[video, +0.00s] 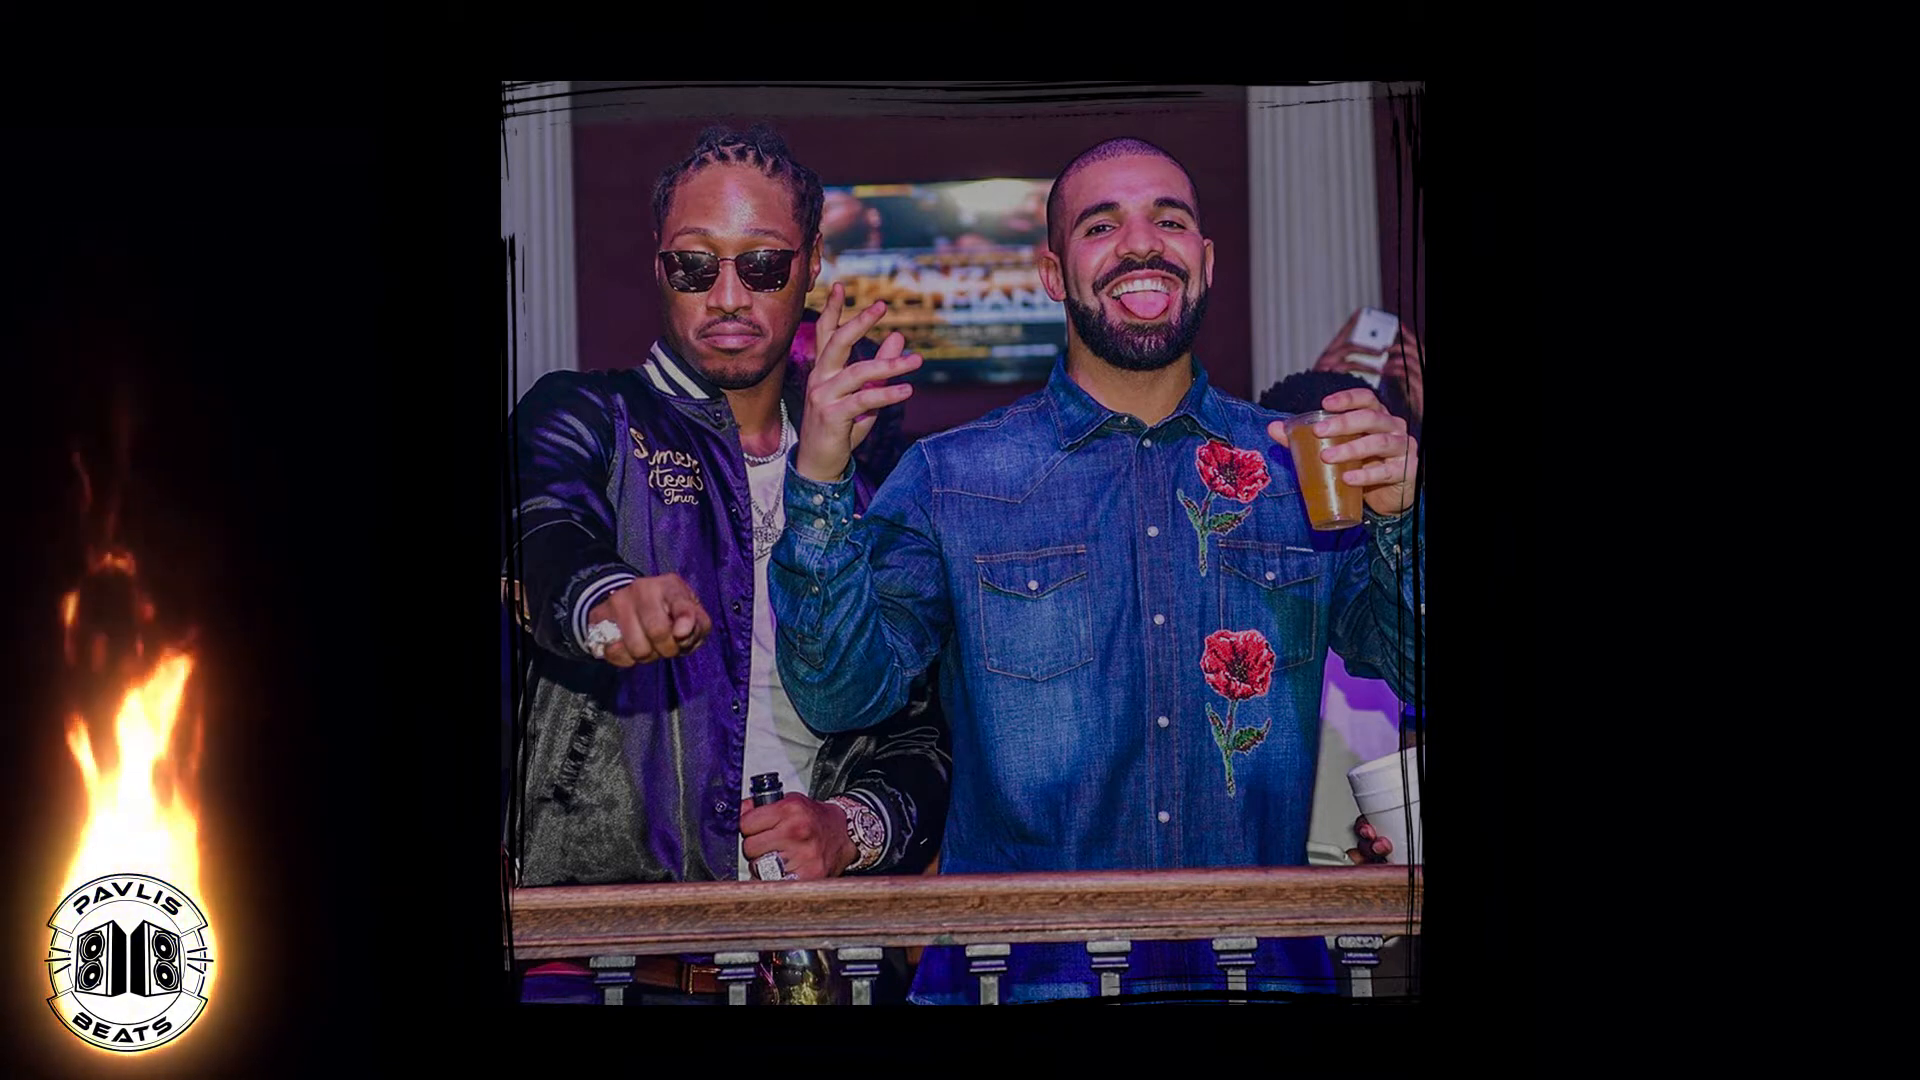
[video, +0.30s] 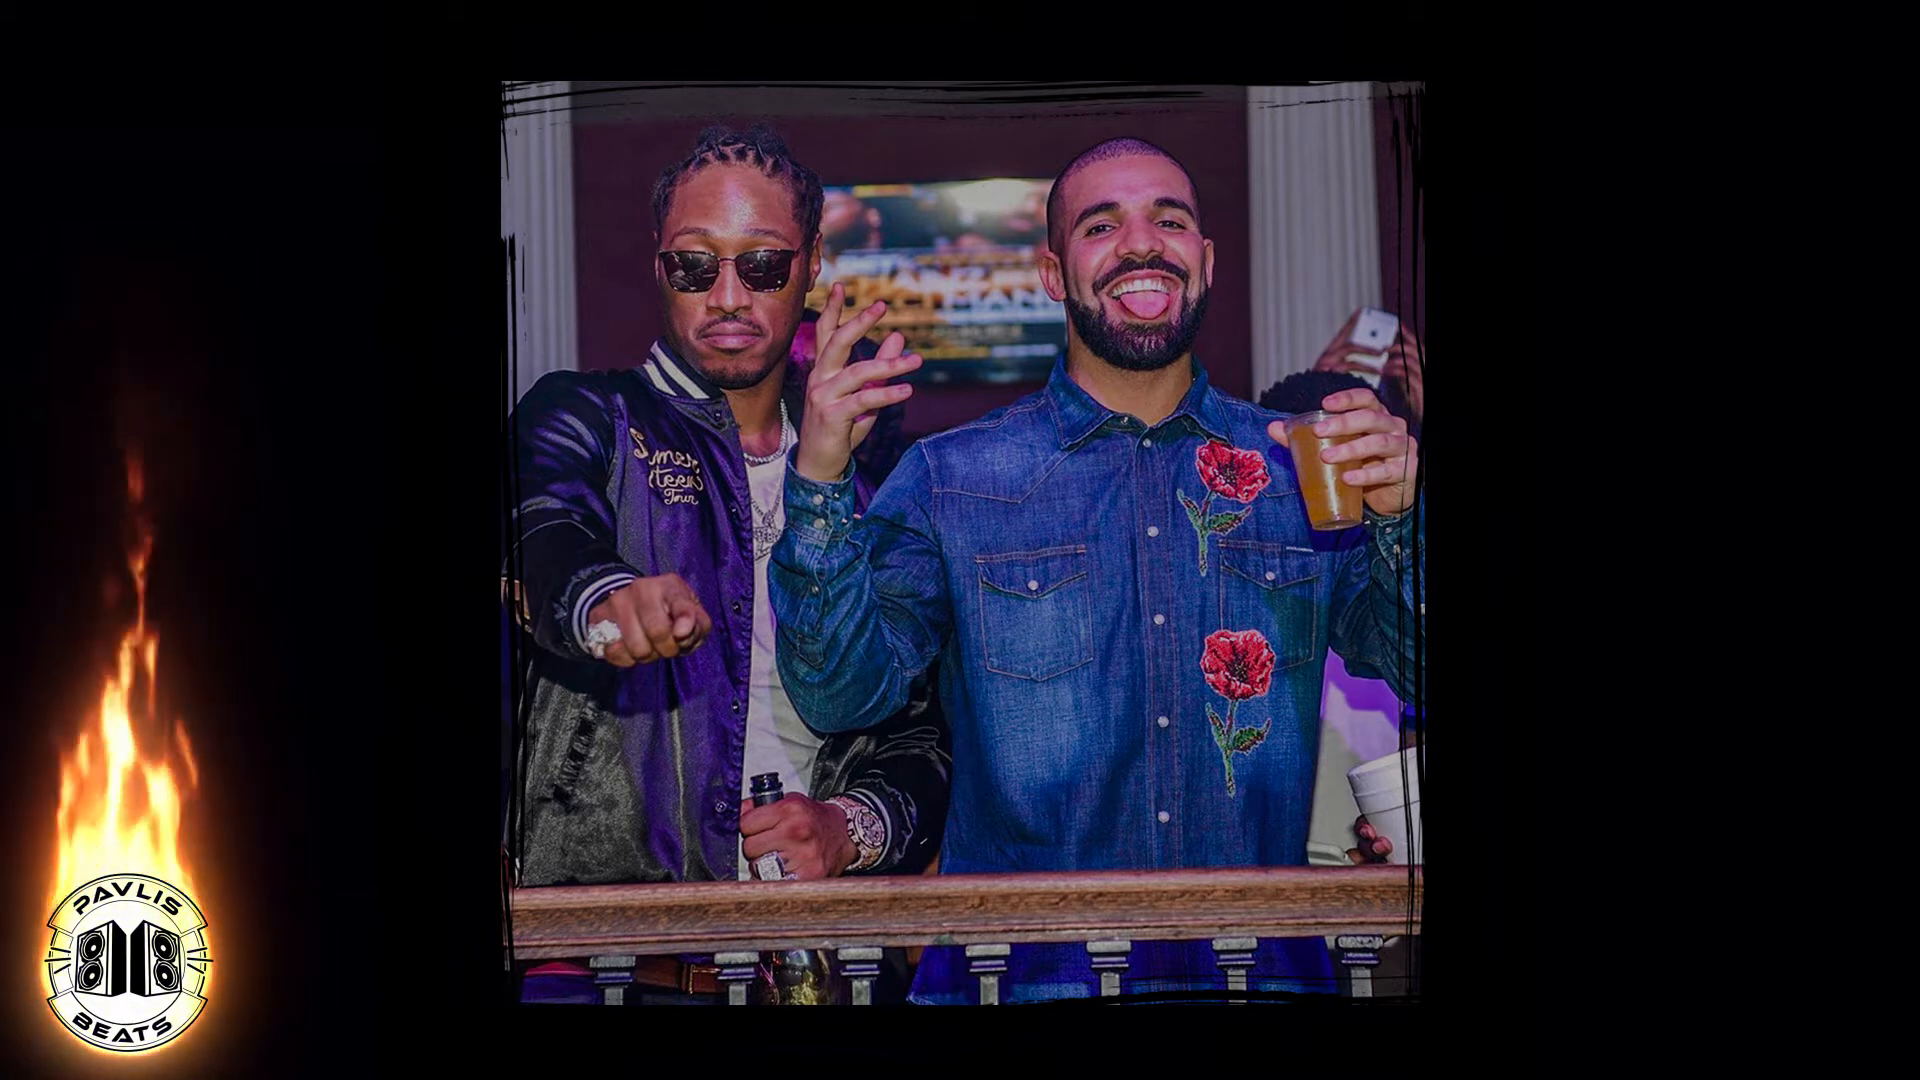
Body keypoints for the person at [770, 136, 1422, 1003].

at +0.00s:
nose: (1142, 242)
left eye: (1170, 219)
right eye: (1102, 225)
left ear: (1207, 259)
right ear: (1055, 273)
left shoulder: (1304, 469)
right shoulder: (945, 478)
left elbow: (1413, 673)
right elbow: (840, 692)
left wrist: (1402, 516)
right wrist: (818, 475)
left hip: (1255, 955)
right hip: (1022, 963)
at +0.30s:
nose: (1142, 242)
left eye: (1170, 219)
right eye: (1102, 225)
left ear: (1207, 259)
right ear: (1055, 273)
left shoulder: (1304, 469)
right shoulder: (945, 478)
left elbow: (1413, 673)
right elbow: (840, 692)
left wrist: (1402, 516)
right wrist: (818, 475)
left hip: (1255, 955)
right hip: (1022, 963)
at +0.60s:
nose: (1142, 242)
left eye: (1170, 219)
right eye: (1102, 225)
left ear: (1207, 259)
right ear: (1055, 273)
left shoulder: (1304, 469)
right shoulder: (945, 478)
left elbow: (1413, 673)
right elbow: (840, 692)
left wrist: (1402, 516)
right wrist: (818, 475)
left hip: (1255, 955)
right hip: (1022, 963)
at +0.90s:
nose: (1141, 242)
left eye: (1170, 219)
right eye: (1102, 225)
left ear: (1208, 259)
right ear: (1054, 273)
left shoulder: (1305, 468)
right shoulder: (945, 478)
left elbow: (1410, 671)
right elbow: (841, 692)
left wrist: (1401, 516)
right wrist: (818, 476)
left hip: (1256, 953)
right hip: (1022, 962)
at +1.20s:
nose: (1141, 243)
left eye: (1169, 220)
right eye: (1102, 225)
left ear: (1208, 258)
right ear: (1055, 272)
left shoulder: (1305, 469)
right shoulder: (945, 479)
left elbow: (1410, 671)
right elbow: (840, 693)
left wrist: (1402, 515)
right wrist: (818, 475)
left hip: (1255, 953)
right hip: (1020, 963)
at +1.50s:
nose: (1141, 243)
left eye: (1169, 220)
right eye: (1102, 225)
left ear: (1208, 258)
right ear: (1055, 272)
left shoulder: (1305, 469)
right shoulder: (945, 479)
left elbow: (1410, 671)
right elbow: (840, 693)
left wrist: (1402, 515)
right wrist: (818, 475)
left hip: (1255, 953)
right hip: (1020, 963)